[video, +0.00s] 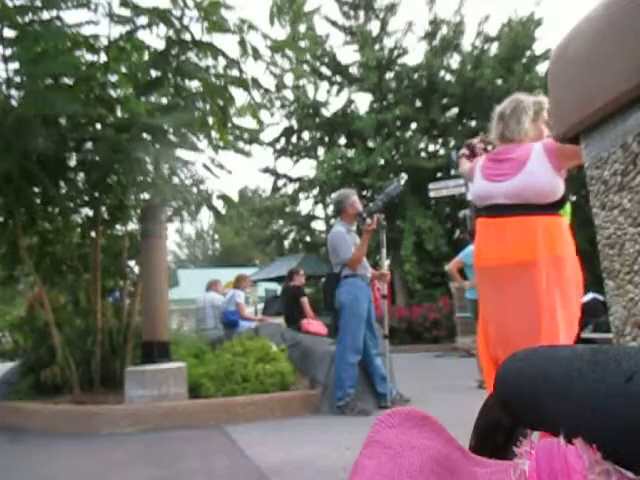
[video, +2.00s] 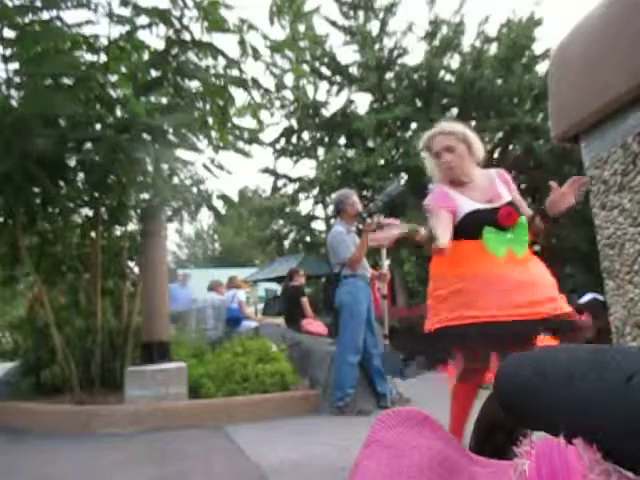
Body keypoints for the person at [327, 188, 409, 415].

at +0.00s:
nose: (361, 206)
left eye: (359, 201)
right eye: (357, 202)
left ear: (350, 207)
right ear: (347, 207)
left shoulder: (350, 233)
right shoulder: (337, 234)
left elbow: (358, 265)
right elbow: (353, 262)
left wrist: (374, 274)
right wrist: (367, 235)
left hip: (363, 285)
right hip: (351, 285)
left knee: (371, 344)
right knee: (350, 345)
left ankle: (386, 393)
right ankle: (344, 398)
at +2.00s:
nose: (360, 206)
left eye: (359, 202)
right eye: (356, 203)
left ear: (350, 207)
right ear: (345, 208)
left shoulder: (352, 233)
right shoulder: (337, 234)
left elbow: (357, 264)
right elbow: (353, 262)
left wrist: (374, 274)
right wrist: (365, 235)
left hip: (363, 284)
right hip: (350, 284)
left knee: (370, 343)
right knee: (351, 343)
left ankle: (385, 393)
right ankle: (343, 398)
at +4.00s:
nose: (361, 211)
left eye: (360, 206)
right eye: (357, 206)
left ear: (349, 209)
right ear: (346, 209)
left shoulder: (352, 232)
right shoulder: (339, 233)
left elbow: (358, 266)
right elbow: (352, 262)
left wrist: (375, 274)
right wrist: (367, 235)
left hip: (363, 284)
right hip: (350, 284)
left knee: (370, 343)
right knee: (350, 344)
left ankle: (385, 393)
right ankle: (344, 398)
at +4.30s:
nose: (362, 207)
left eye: (361, 202)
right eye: (358, 203)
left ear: (353, 207)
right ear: (347, 207)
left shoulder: (356, 231)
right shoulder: (337, 233)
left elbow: (360, 262)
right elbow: (350, 261)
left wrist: (374, 274)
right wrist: (361, 238)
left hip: (364, 283)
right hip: (350, 283)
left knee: (371, 342)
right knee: (349, 344)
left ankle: (385, 393)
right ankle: (343, 398)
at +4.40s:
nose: (361, 206)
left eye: (361, 202)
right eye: (357, 202)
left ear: (354, 207)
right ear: (346, 207)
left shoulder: (357, 231)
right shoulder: (337, 234)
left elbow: (366, 258)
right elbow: (346, 261)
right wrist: (362, 238)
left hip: (364, 285)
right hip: (347, 287)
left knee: (371, 342)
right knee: (348, 345)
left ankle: (384, 392)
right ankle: (343, 397)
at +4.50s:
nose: (361, 206)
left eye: (361, 202)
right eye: (357, 202)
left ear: (357, 207)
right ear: (346, 207)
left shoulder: (357, 231)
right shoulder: (337, 233)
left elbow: (365, 262)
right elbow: (348, 263)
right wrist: (362, 238)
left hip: (366, 282)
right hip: (348, 283)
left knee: (372, 342)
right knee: (348, 343)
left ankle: (385, 392)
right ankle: (344, 397)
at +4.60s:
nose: (362, 206)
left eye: (362, 202)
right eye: (357, 202)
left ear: (354, 207)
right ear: (346, 207)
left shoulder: (357, 232)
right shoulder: (337, 233)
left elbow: (363, 263)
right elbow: (347, 263)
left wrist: (376, 273)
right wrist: (360, 238)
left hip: (365, 283)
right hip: (349, 283)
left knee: (372, 341)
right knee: (348, 343)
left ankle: (385, 392)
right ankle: (343, 397)